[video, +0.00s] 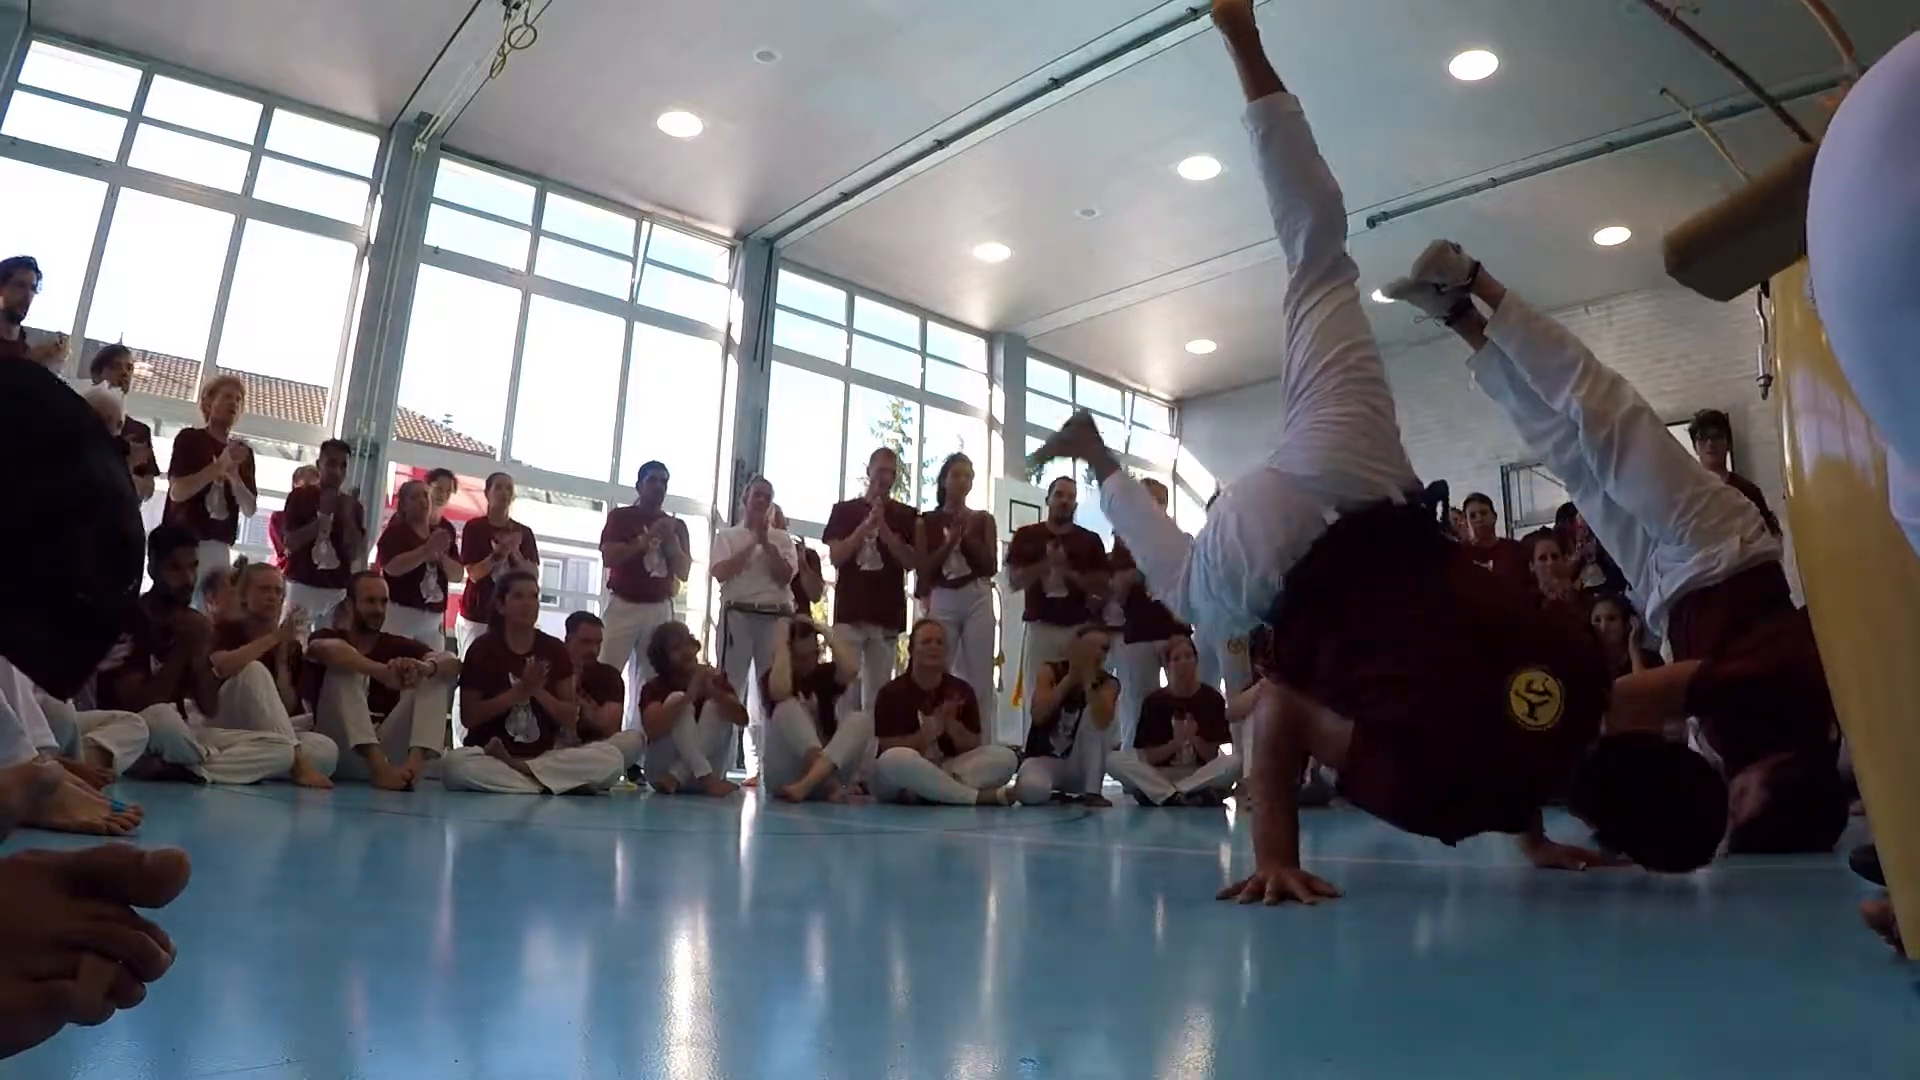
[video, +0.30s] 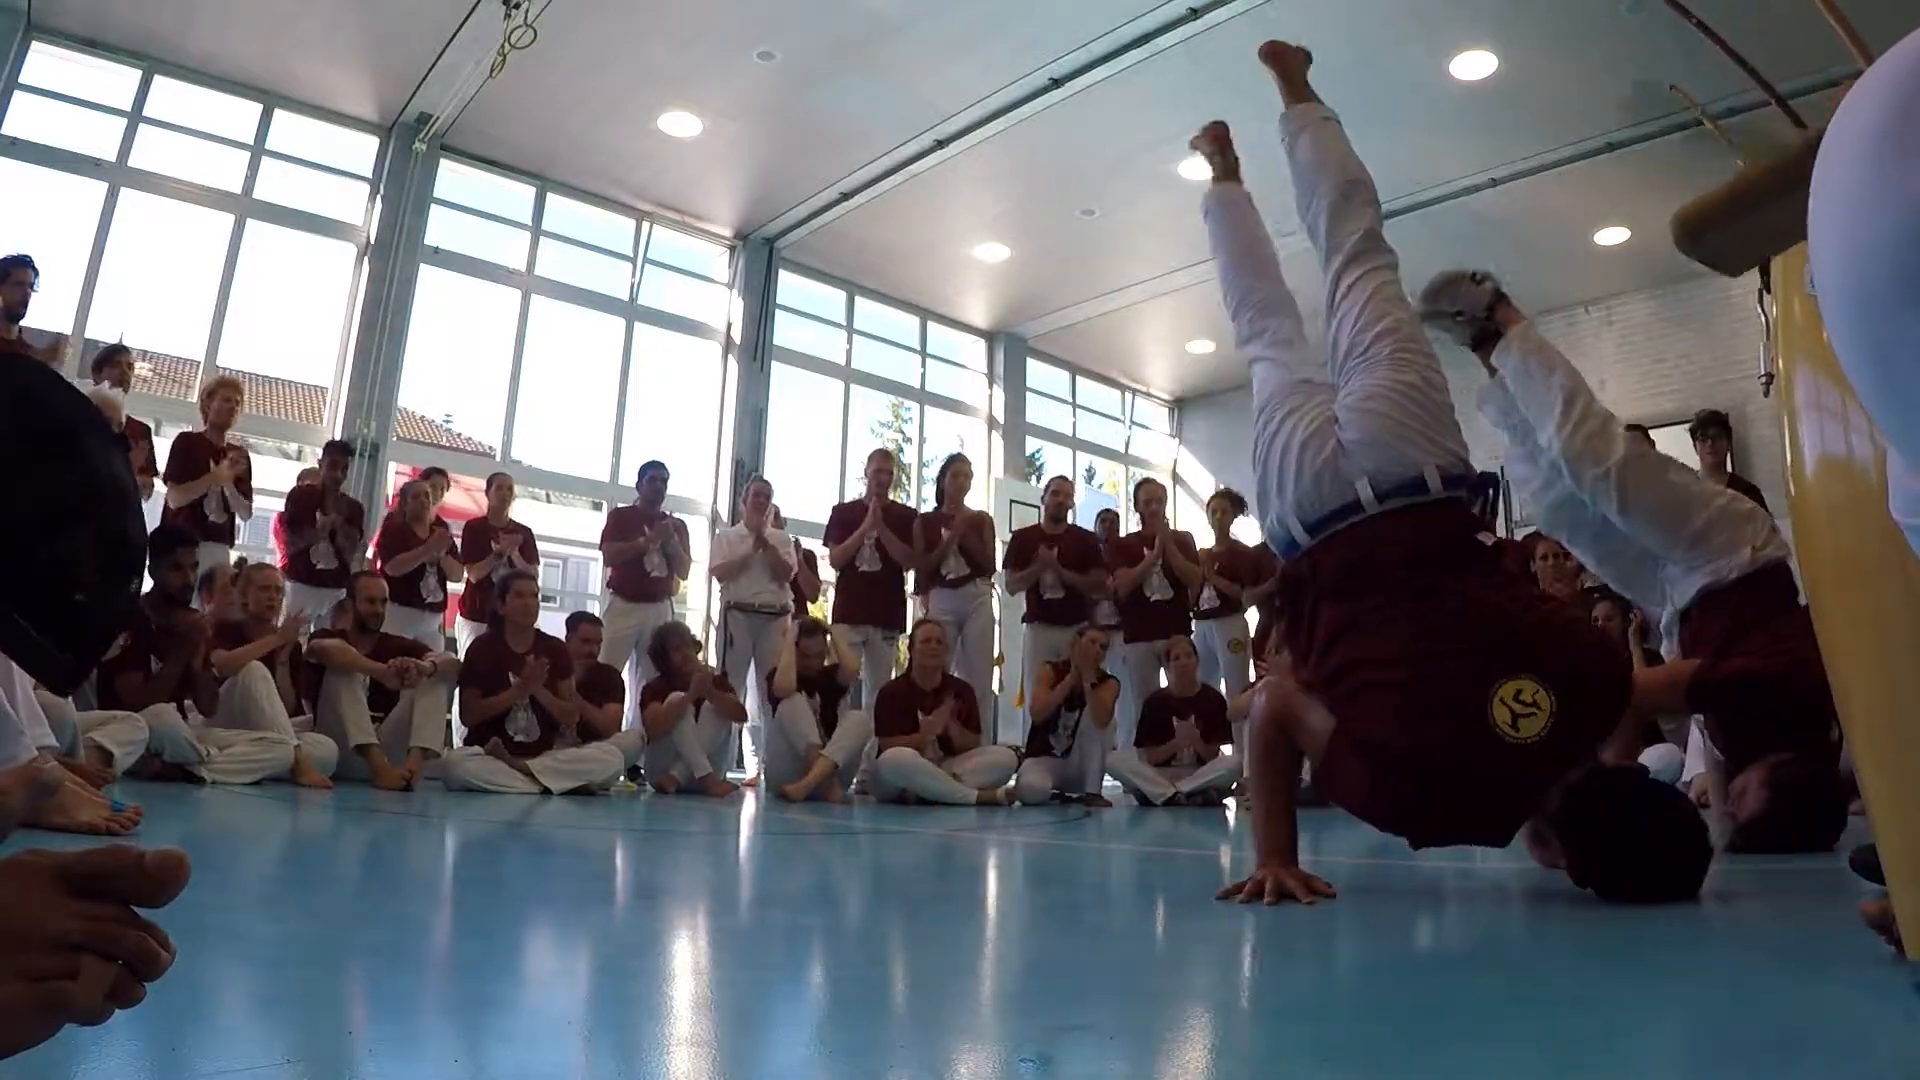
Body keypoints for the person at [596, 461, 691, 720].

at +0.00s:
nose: (658, 485)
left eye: (663, 481)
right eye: (652, 480)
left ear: (667, 487)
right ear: (639, 484)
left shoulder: (676, 525)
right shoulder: (619, 517)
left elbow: (684, 572)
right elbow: (610, 557)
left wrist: (670, 539)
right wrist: (646, 540)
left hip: (659, 609)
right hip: (622, 607)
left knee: (652, 684)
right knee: (605, 678)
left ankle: (645, 746)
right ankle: (597, 744)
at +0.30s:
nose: (658, 485)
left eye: (663, 481)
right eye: (652, 480)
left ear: (667, 487)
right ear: (639, 484)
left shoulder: (676, 525)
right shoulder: (619, 516)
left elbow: (683, 572)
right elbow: (610, 556)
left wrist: (671, 542)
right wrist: (647, 542)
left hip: (659, 609)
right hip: (622, 607)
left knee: (652, 685)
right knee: (606, 679)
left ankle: (644, 748)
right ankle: (599, 744)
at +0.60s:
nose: (658, 485)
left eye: (663, 481)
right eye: (652, 479)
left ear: (668, 487)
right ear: (639, 484)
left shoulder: (676, 525)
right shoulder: (619, 516)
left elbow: (683, 574)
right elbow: (609, 558)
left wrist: (673, 544)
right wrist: (643, 535)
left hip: (659, 610)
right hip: (622, 608)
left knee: (653, 685)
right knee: (605, 680)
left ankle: (649, 750)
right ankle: (598, 746)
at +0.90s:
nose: (659, 484)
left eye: (664, 480)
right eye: (653, 479)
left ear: (668, 487)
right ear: (639, 484)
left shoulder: (676, 525)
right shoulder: (619, 516)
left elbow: (684, 574)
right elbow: (609, 558)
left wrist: (671, 544)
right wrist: (641, 539)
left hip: (659, 610)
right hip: (622, 608)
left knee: (654, 686)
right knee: (605, 680)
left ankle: (650, 750)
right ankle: (598, 746)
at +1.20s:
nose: (660, 485)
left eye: (664, 480)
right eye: (653, 479)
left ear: (668, 487)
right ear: (640, 484)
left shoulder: (677, 526)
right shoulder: (620, 516)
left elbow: (684, 573)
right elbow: (610, 557)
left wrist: (671, 544)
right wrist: (644, 541)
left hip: (659, 610)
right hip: (622, 607)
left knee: (654, 685)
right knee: (606, 679)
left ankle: (651, 749)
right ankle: (598, 744)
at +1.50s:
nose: (661, 485)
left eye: (665, 480)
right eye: (655, 479)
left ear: (669, 487)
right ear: (640, 484)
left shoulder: (677, 525)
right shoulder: (621, 515)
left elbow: (685, 572)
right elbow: (611, 556)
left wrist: (671, 544)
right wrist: (648, 543)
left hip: (660, 609)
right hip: (622, 607)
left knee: (654, 686)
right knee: (606, 680)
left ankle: (649, 750)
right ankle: (599, 746)